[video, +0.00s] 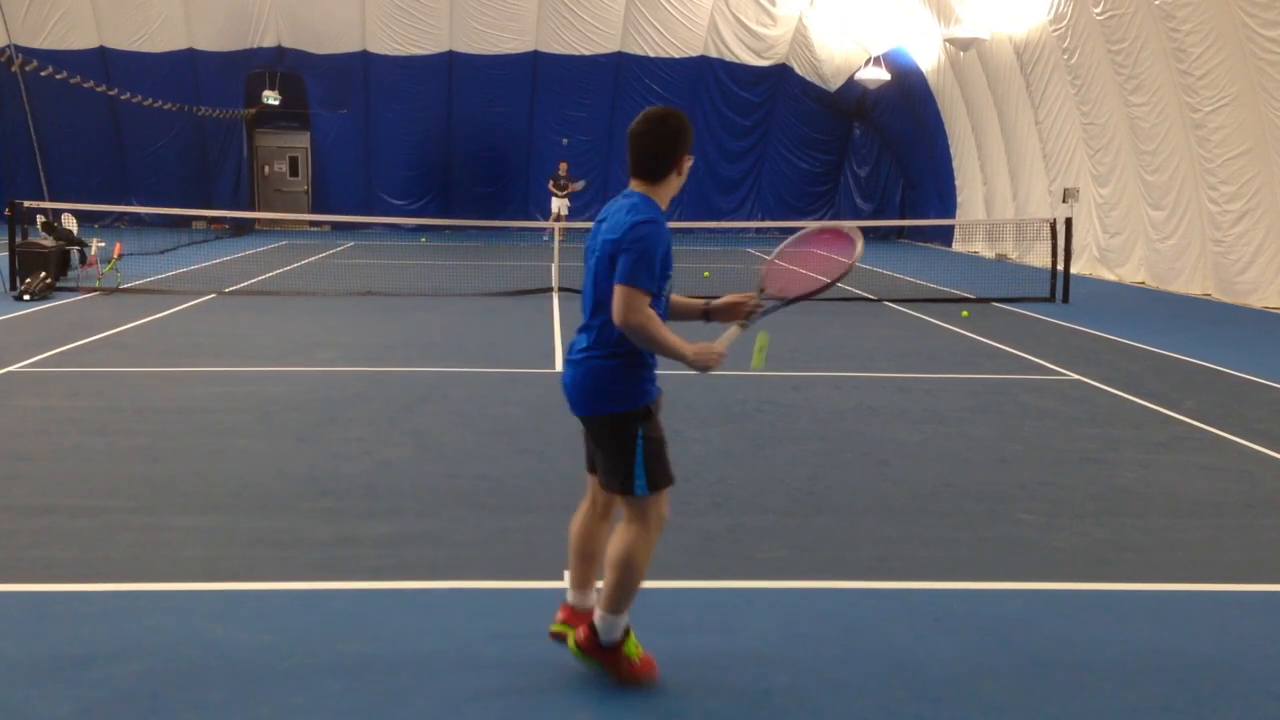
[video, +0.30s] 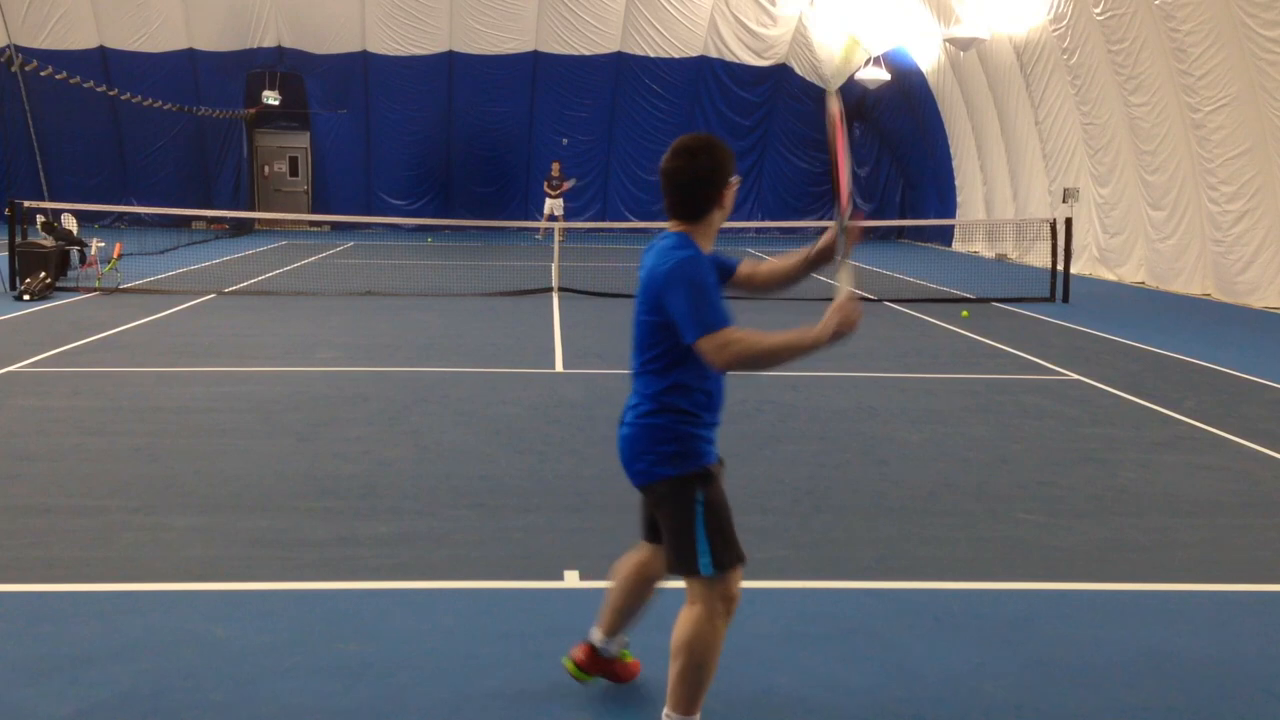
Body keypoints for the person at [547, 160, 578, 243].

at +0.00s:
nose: (564, 167)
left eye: (565, 165)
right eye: (562, 165)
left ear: (567, 167)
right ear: (559, 166)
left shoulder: (568, 177)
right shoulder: (555, 176)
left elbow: (570, 188)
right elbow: (550, 186)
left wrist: (564, 193)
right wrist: (558, 192)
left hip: (564, 199)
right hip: (555, 198)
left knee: (563, 216)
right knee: (554, 214)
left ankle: (562, 234)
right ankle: (548, 231)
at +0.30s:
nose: (555, 167)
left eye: (557, 165)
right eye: (554, 165)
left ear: (559, 166)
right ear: (552, 166)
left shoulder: (562, 176)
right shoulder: (548, 176)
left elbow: (564, 186)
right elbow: (545, 187)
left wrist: (557, 192)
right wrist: (551, 192)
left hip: (558, 199)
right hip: (549, 198)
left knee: (560, 217)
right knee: (545, 216)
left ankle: (561, 234)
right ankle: (541, 233)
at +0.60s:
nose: (544, 168)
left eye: (546, 166)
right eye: (543, 166)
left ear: (548, 167)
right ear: (541, 167)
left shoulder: (553, 177)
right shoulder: (539, 177)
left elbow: (555, 187)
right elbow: (536, 187)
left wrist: (546, 190)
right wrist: (541, 193)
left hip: (550, 198)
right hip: (541, 198)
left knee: (550, 216)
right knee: (539, 216)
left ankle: (560, 232)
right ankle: (540, 234)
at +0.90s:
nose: (541, 168)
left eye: (542, 166)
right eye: (539, 166)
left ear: (545, 167)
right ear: (537, 167)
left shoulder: (549, 177)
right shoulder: (536, 178)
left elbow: (552, 187)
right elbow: (532, 188)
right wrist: (538, 193)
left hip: (546, 199)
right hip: (537, 199)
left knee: (546, 216)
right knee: (536, 216)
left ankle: (547, 235)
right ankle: (538, 234)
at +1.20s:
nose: (536, 168)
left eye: (538, 166)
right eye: (535, 166)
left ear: (541, 167)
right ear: (533, 167)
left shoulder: (545, 178)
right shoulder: (531, 177)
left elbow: (546, 188)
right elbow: (528, 188)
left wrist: (538, 193)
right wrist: (533, 194)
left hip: (542, 199)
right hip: (532, 199)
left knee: (543, 217)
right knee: (526, 216)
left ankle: (547, 235)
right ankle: (522, 234)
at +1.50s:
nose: (539, 169)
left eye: (541, 167)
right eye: (538, 167)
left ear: (543, 168)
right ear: (536, 168)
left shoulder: (547, 179)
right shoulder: (532, 178)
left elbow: (549, 187)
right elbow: (528, 189)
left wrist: (543, 191)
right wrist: (534, 196)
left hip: (544, 200)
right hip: (534, 200)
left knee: (545, 217)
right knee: (529, 217)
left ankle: (545, 235)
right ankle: (523, 234)